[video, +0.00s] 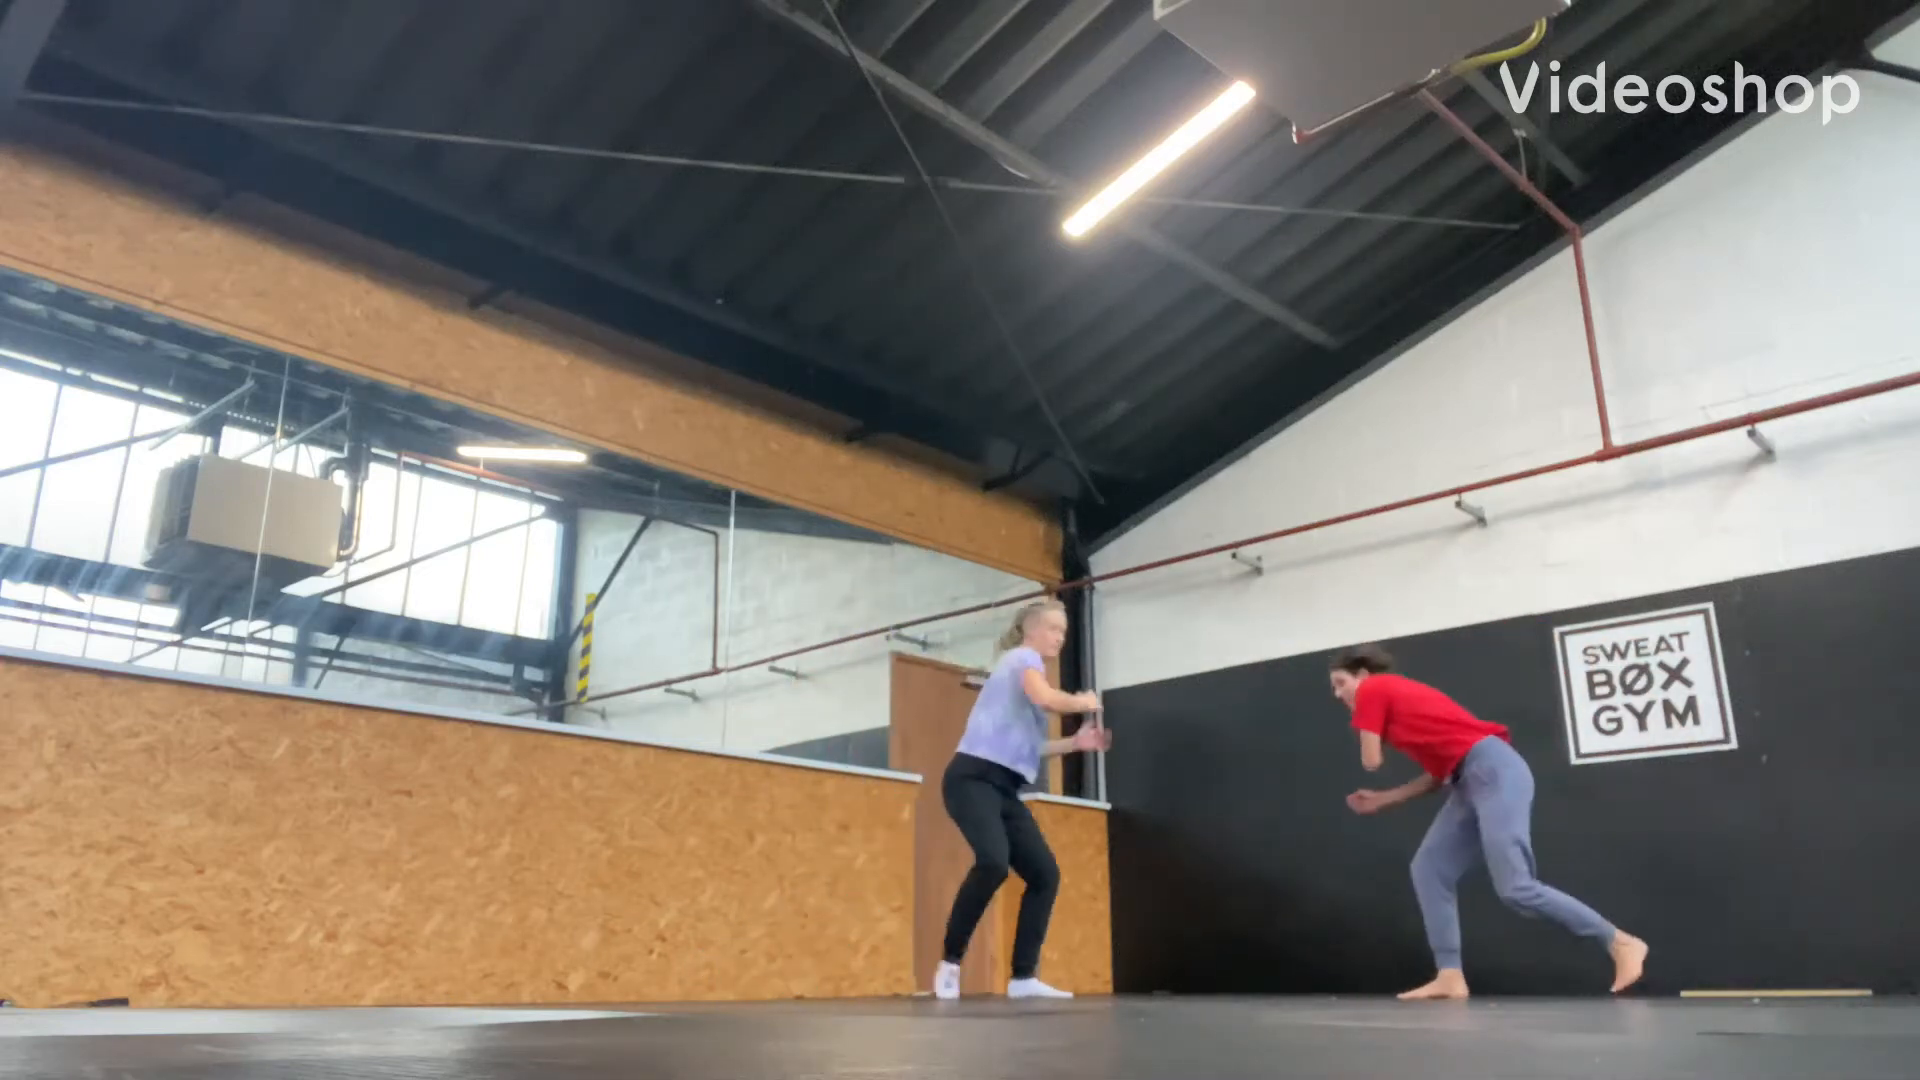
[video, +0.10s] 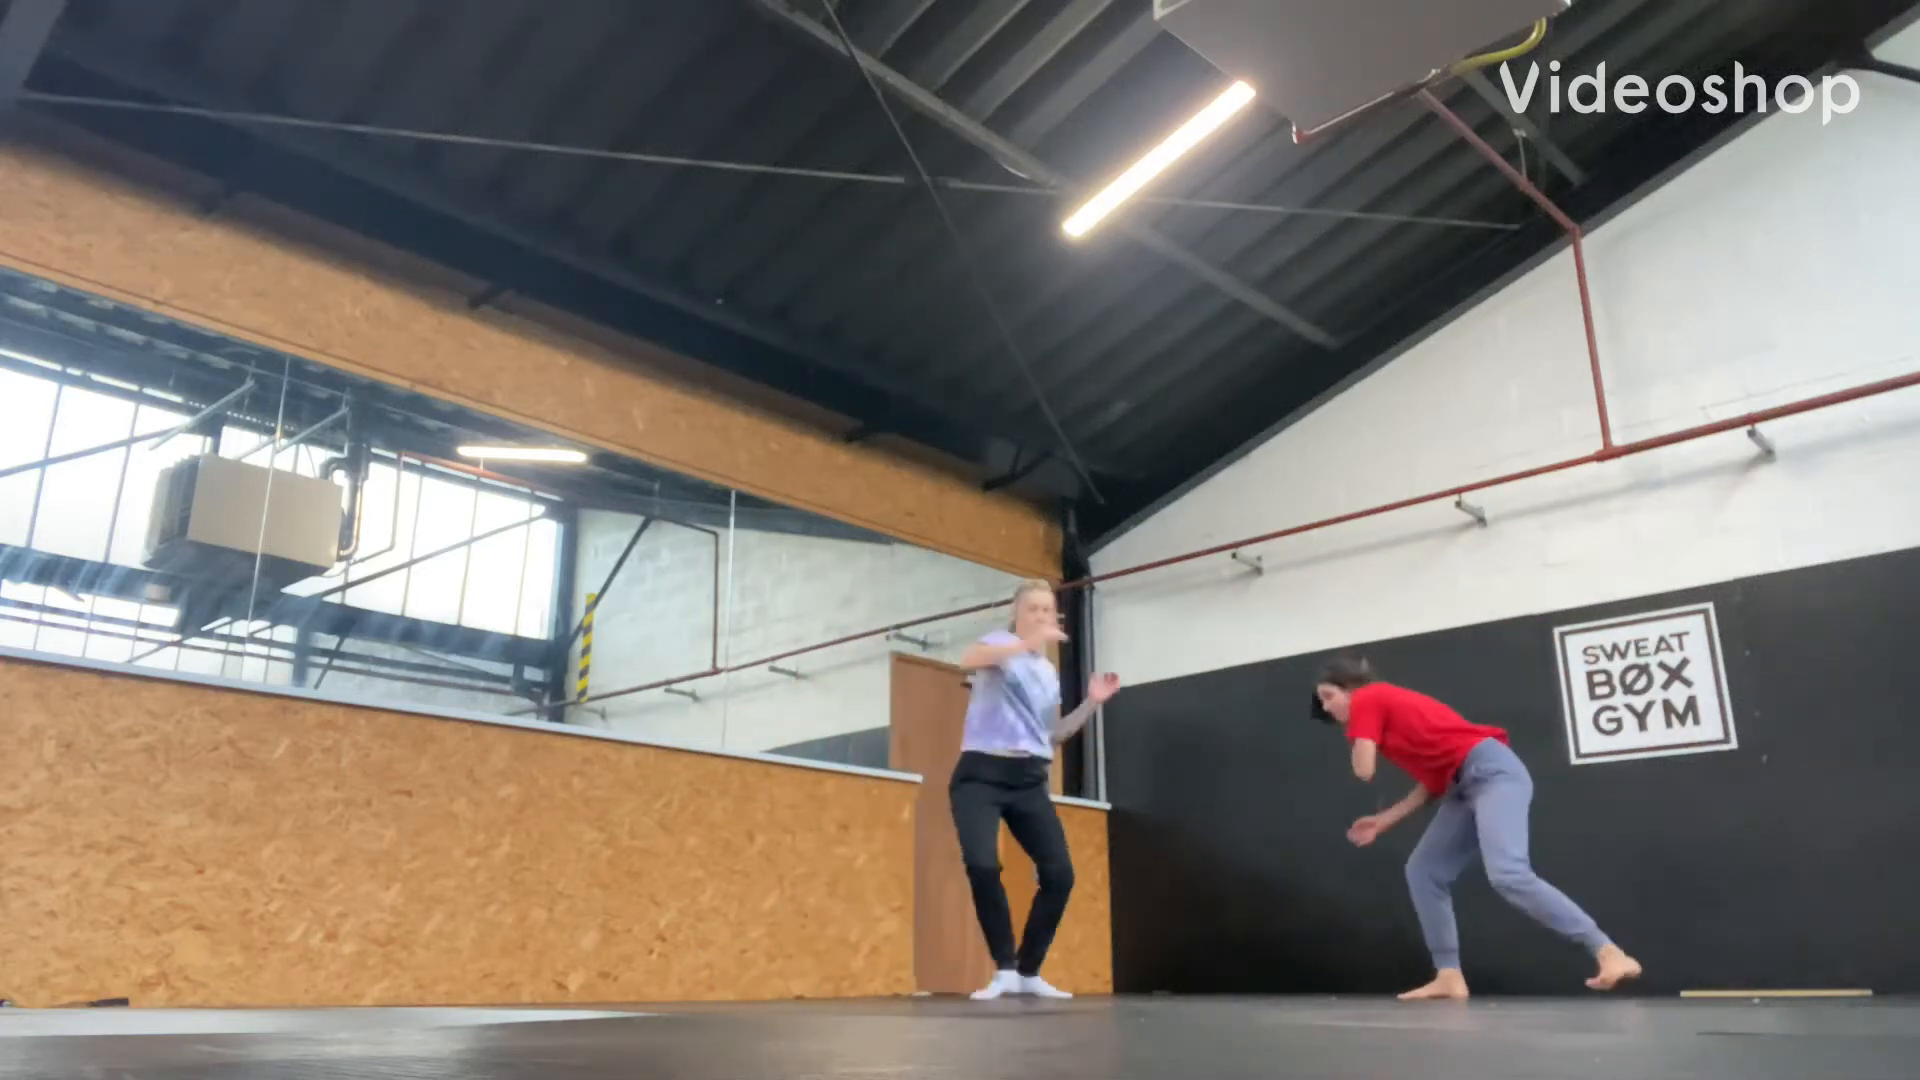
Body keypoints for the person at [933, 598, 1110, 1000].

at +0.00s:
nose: (1059, 638)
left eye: (1063, 631)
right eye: (1053, 629)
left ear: (1058, 636)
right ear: (1028, 629)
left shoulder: (1025, 678)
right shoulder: (1022, 657)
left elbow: (1024, 748)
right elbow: (1043, 697)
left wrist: (1076, 743)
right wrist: (1080, 702)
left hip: (1004, 791)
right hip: (972, 780)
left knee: (1044, 875)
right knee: (993, 863)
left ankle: (1023, 979)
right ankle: (950, 962)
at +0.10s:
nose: (1043, 617)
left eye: (1049, 611)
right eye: (1034, 609)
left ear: (1056, 619)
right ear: (1016, 614)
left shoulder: (1048, 673)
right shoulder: (1000, 641)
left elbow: (1054, 733)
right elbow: (969, 660)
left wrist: (1091, 702)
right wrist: (1030, 644)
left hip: (1028, 782)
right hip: (979, 776)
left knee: (1059, 874)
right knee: (982, 867)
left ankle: (1028, 974)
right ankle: (1005, 971)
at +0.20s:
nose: (1010, 604)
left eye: (1018, 596)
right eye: (1004, 598)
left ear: (1039, 600)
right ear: (999, 604)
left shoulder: (1058, 655)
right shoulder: (979, 645)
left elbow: (1084, 714)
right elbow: (919, 663)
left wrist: (1096, 671)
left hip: (1038, 772)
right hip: (985, 772)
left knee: (1061, 873)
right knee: (976, 872)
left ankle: (1050, 951)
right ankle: (1009, 977)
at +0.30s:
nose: (978, 604)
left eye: (984, 594)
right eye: (977, 595)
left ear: (1011, 594)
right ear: (997, 598)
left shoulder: (1047, 639)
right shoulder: (995, 650)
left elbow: (1089, 691)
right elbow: (980, 682)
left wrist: (1074, 642)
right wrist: (938, 652)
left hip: (1038, 768)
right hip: (994, 770)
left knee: (1016, 871)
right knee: (982, 872)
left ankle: (1084, 942)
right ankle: (1009, 978)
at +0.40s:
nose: (973, 592)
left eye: (979, 584)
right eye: (972, 585)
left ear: (1000, 589)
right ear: (1006, 591)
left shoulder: (1007, 624)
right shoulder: (1029, 627)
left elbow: (1020, 661)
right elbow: (1076, 660)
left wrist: (991, 626)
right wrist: (1048, 625)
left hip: (1032, 756)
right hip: (1037, 754)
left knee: (1006, 867)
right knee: (1005, 867)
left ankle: (1072, 959)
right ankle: (1011, 975)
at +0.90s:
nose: (1055, 606)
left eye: (1056, 599)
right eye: (1054, 598)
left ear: (1023, 590)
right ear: (1038, 591)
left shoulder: (989, 626)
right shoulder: (1014, 605)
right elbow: (1065, 607)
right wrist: (1100, 584)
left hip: (985, 745)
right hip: (1009, 706)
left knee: (1044, 848)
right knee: (1109, 640)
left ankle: (1044, 967)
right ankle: (1209, 580)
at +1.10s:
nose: (1064, 610)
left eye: (1067, 604)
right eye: (1064, 602)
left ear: (1029, 591)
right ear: (1044, 588)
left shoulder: (989, 626)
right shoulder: (1017, 605)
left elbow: (944, 672)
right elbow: (1033, 633)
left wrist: (939, 666)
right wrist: (1083, 612)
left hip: (973, 750)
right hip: (990, 718)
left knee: (1060, 850)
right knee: (1050, 764)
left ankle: (1049, 975)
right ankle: (1035, 854)